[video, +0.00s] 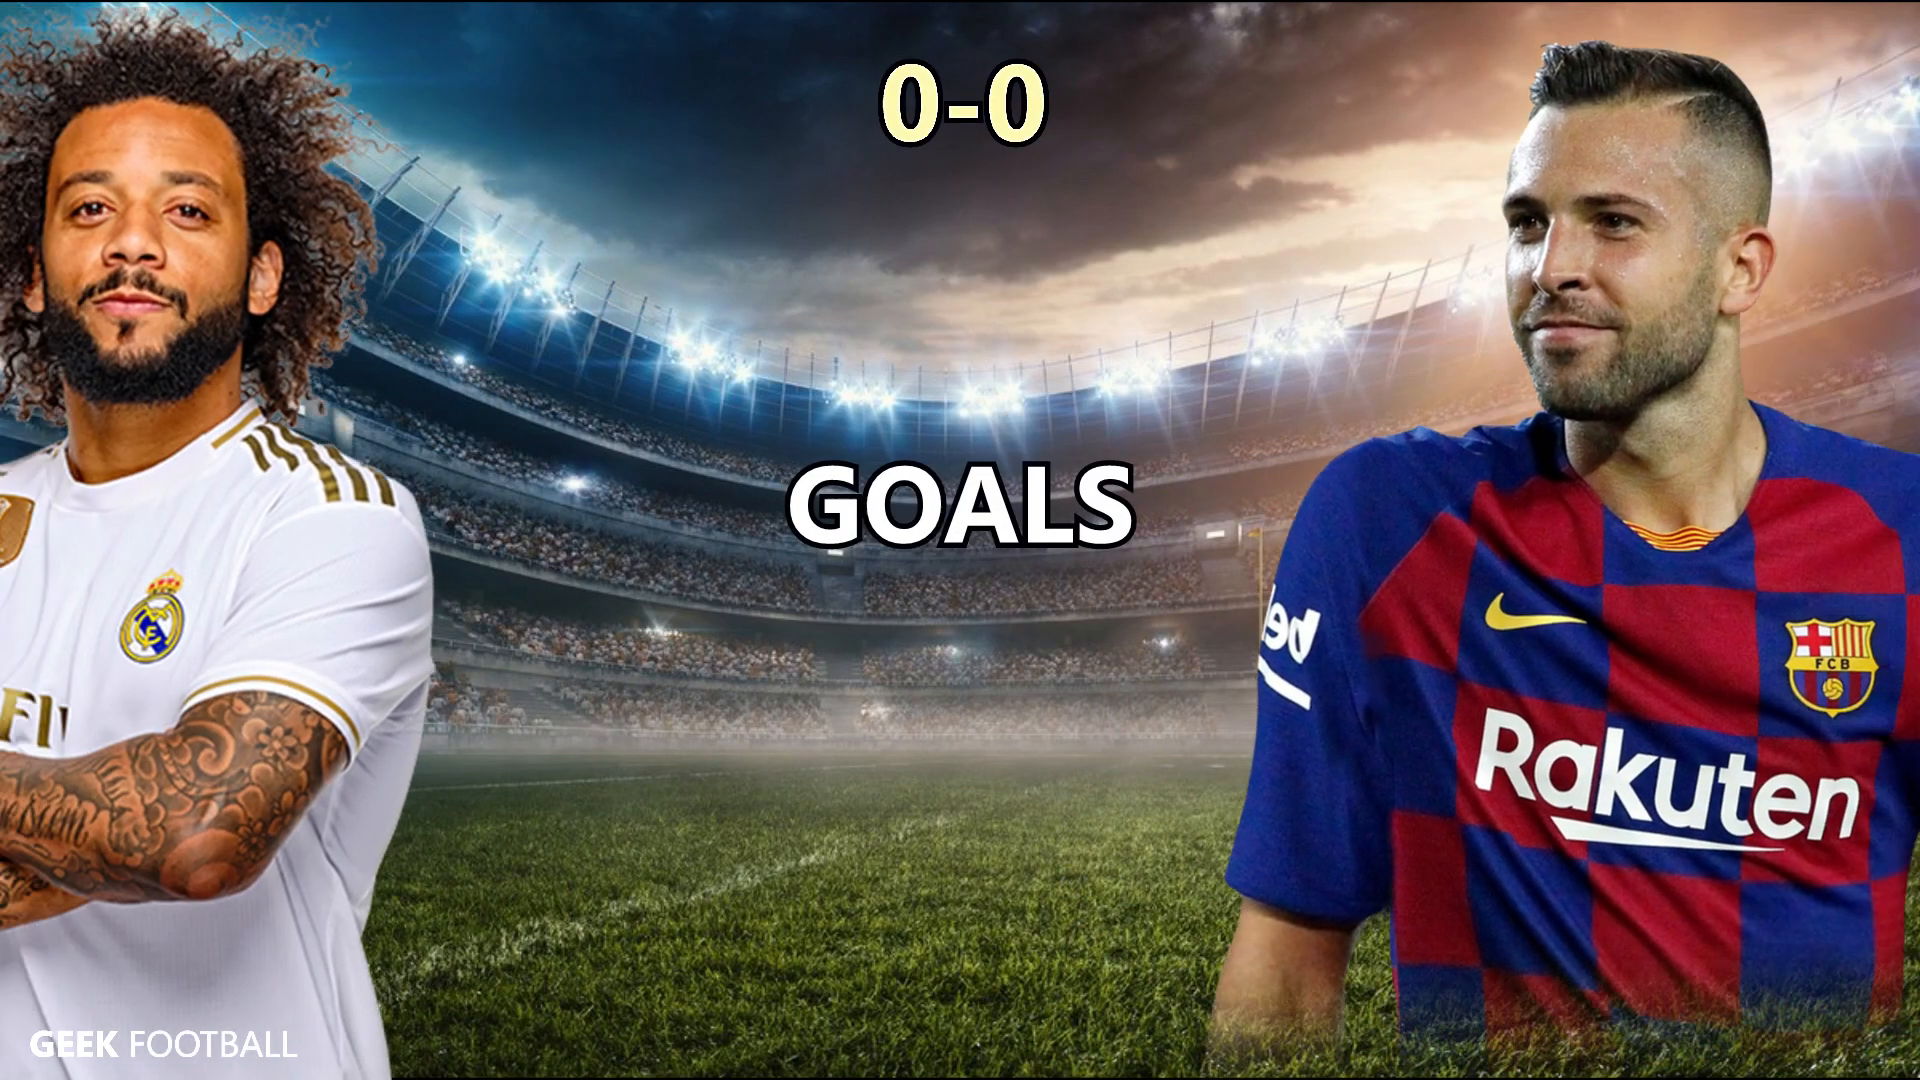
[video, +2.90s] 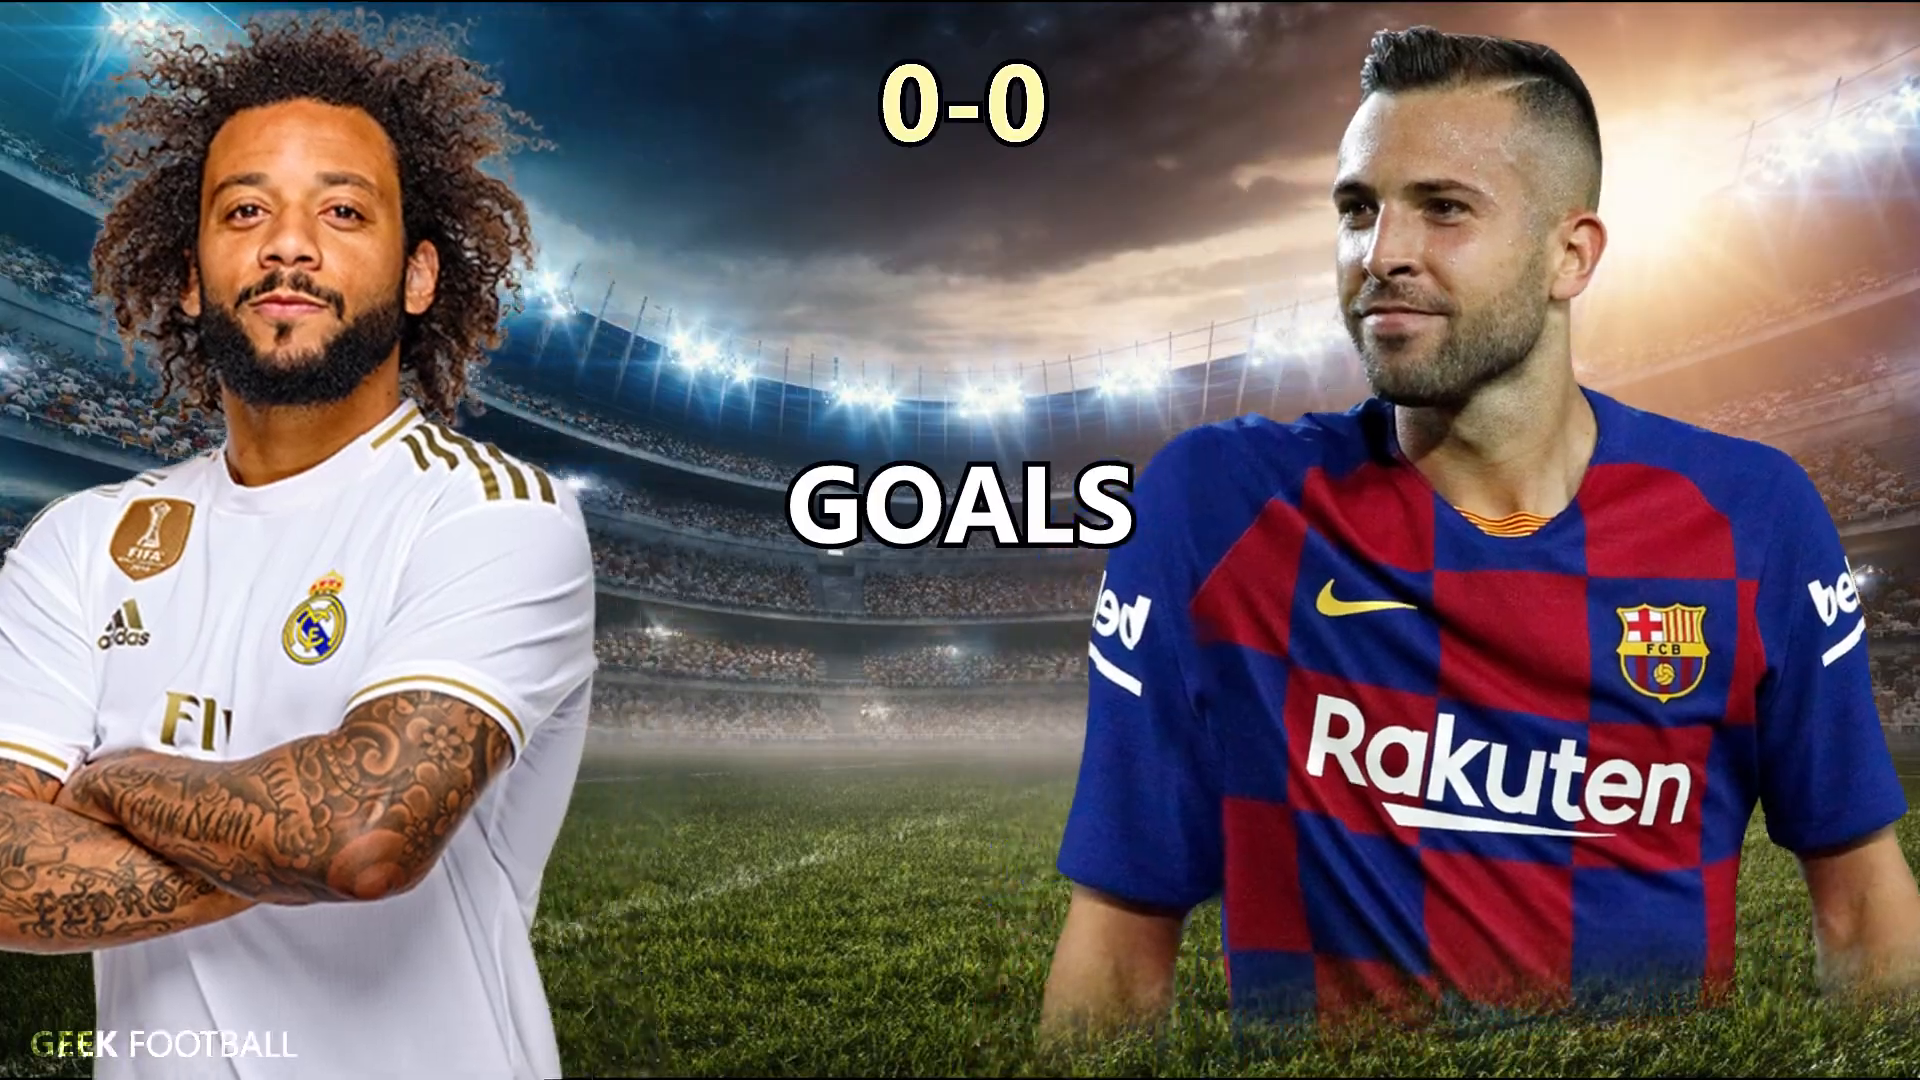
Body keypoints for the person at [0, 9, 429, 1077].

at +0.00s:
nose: (133, 244)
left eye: (187, 210)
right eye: (90, 210)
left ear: (259, 275)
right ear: (36, 275)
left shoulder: (337, 519)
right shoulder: (3, 513)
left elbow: (196, 829)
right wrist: (124, 824)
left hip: (260, 1059)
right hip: (24, 1057)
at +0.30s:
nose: (268, 243)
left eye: (324, 211)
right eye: (227, 208)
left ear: (395, 277)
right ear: (173, 275)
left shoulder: (478, 518)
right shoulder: (56, 537)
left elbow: (340, 832)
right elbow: (7, 885)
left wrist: (69, 775)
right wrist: (261, 831)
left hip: (406, 1064)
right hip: (127, 1063)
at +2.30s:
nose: (392, 251)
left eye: (448, 215)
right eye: (349, 215)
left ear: (520, 280)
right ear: (300, 278)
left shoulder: (607, 525)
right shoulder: (185, 546)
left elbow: (470, 837)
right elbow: (71, 888)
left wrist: (208, 781)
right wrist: (394, 846)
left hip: (536, 1066)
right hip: (258, 1066)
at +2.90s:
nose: (289, 245)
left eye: (344, 213)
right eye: (246, 212)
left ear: (415, 277)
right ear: (192, 277)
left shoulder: (499, 518)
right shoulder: (77, 543)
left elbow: (363, 833)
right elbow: (9, 887)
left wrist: (96, 778)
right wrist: (283, 833)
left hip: (434, 1064)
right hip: (153, 1063)